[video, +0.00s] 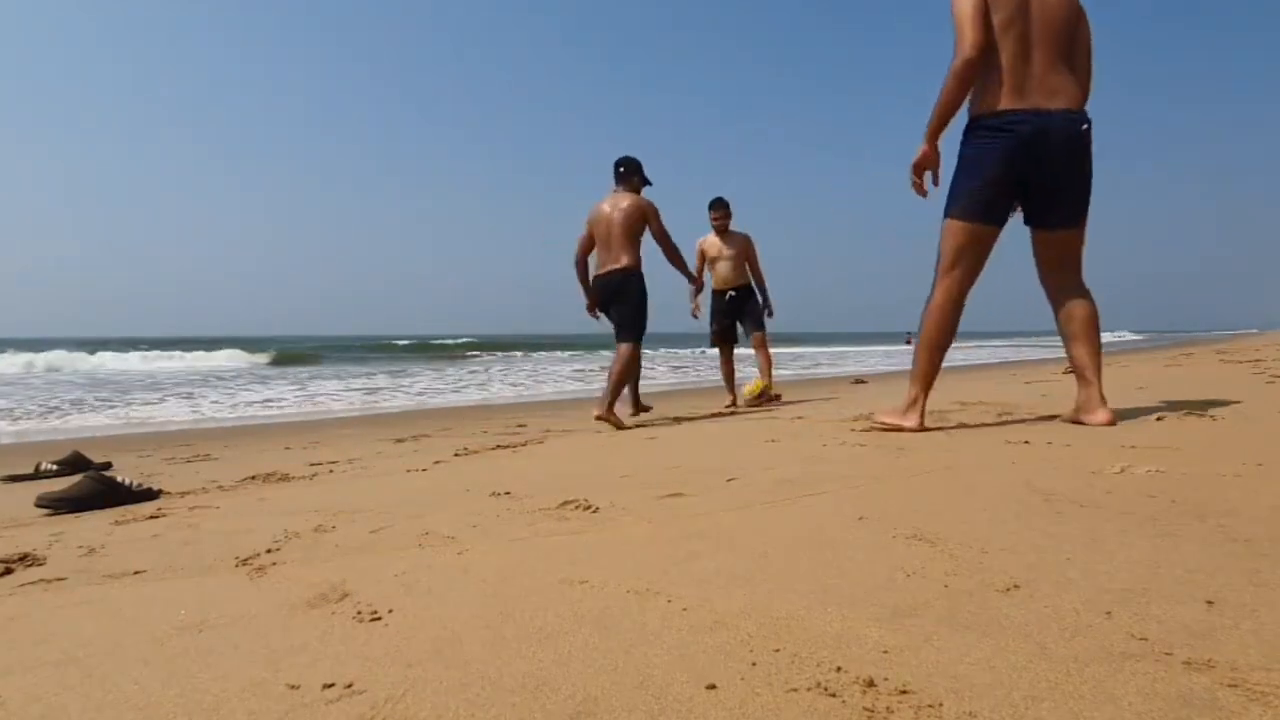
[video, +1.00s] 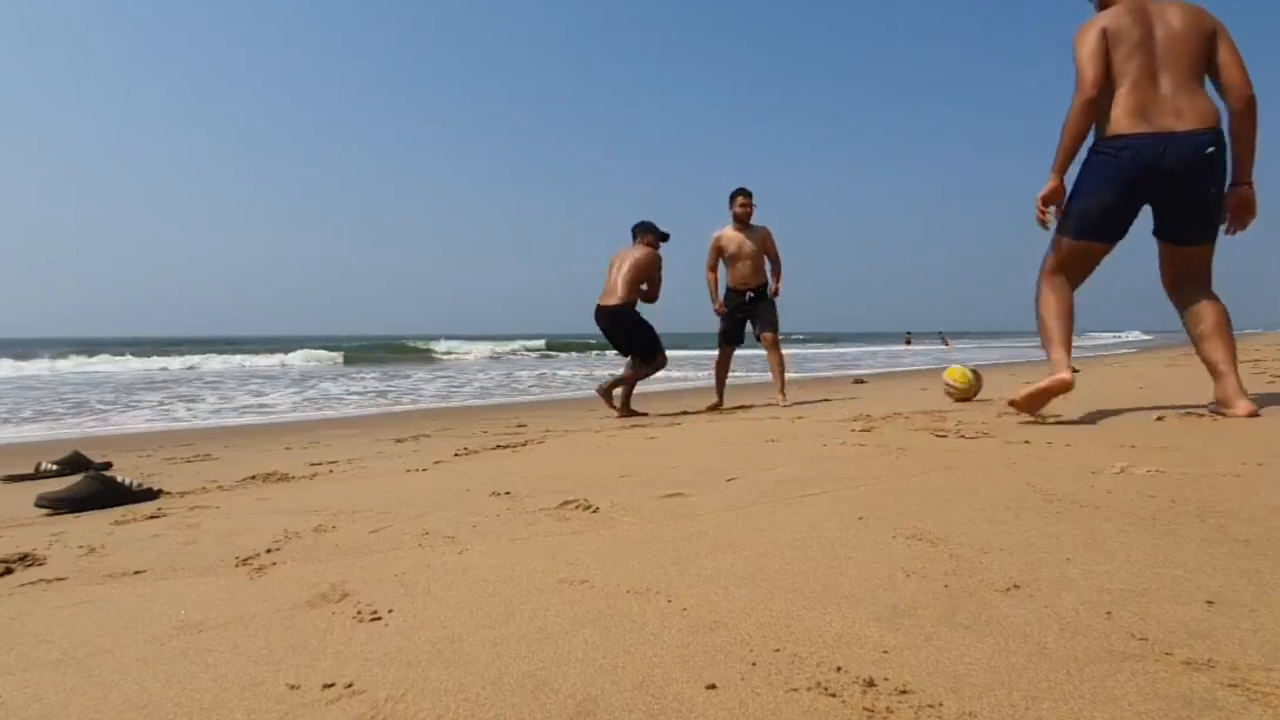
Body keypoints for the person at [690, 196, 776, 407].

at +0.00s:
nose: (720, 223)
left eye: (724, 218)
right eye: (715, 219)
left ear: (730, 217)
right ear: (710, 219)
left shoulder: (743, 240)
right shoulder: (704, 244)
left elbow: (755, 271)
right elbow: (699, 274)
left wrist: (765, 298)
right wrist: (695, 299)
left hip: (744, 292)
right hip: (720, 295)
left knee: (759, 339)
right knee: (725, 349)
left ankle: (767, 389)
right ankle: (731, 396)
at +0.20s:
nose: (714, 225)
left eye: (718, 220)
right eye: (710, 221)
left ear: (726, 216)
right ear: (706, 220)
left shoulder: (744, 237)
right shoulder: (706, 245)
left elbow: (766, 258)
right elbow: (704, 279)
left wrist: (779, 285)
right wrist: (691, 306)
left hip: (747, 291)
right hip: (722, 293)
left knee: (752, 344)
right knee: (711, 344)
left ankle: (752, 393)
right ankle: (721, 391)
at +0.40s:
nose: (706, 230)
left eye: (710, 225)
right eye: (703, 226)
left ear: (718, 221)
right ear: (698, 226)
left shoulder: (735, 238)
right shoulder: (697, 250)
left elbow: (757, 260)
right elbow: (699, 281)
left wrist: (775, 283)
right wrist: (693, 309)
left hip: (743, 292)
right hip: (719, 298)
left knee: (763, 336)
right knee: (716, 347)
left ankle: (761, 382)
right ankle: (719, 396)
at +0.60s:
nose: (711, 236)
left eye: (714, 231)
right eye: (707, 232)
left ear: (718, 229)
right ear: (699, 233)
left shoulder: (733, 249)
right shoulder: (694, 258)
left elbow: (754, 274)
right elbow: (683, 290)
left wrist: (774, 298)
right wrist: (676, 316)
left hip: (742, 300)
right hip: (719, 306)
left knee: (768, 336)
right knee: (711, 358)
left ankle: (797, 376)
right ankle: (721, 401)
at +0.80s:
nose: (722, 222)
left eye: (724, 217)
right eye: (716, 218)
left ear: (728, 218)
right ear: (707, 221)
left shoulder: (741, 241)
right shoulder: (701, 251)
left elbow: (756, 270)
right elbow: (694, 280)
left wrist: (770, 295)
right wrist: (696, 306)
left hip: (748, 295)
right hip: (723, 299)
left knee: (769, 333)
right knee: (715, 353)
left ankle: (784, 388)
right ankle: (721, 399)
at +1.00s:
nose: (747, 210)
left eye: (750, 206)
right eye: (742, 206)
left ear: (753, 209)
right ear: (732, 208)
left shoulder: (762, 234)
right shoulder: (721, 238)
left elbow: (775, 260)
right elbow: (712, 269)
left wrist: (776, 282)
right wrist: (715, 299)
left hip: (760, 292)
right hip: (735, 293)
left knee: (770, 339)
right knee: (726, 348)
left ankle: (781, 393)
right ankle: (719, 397)